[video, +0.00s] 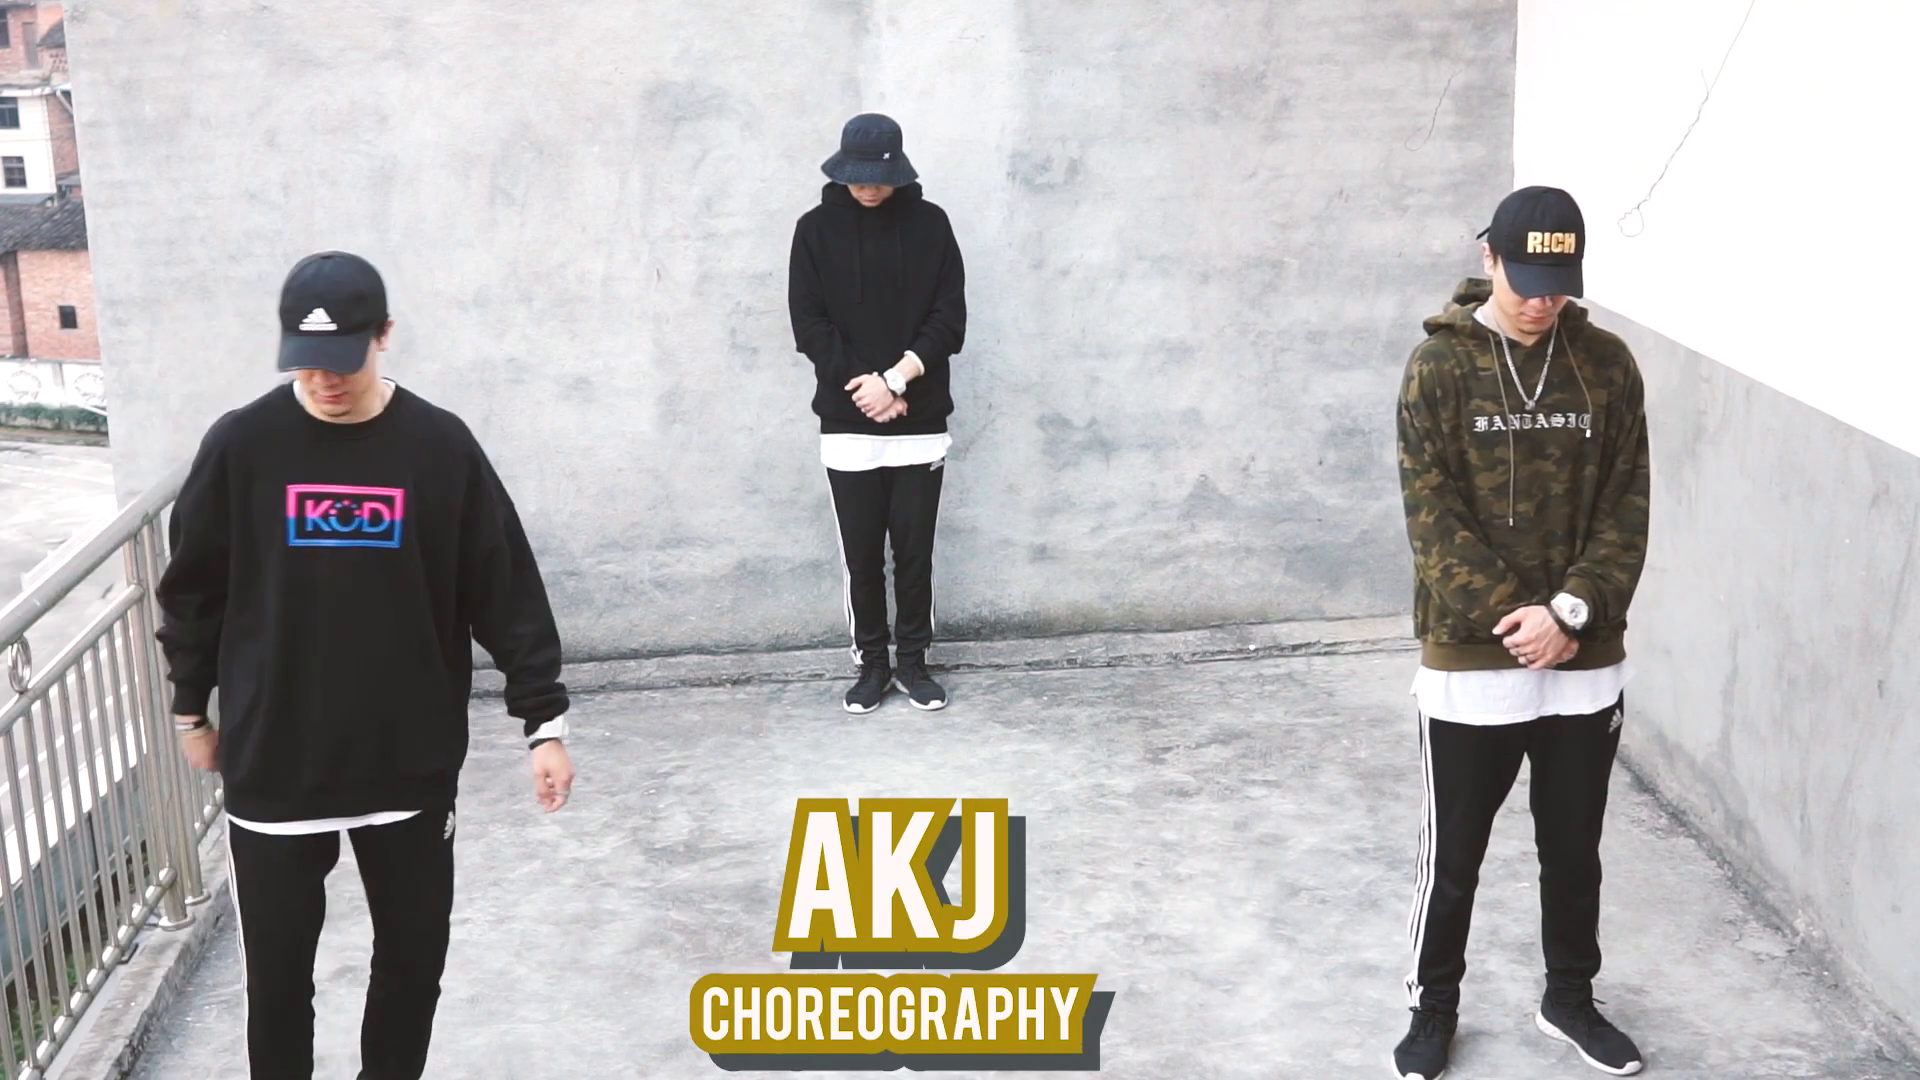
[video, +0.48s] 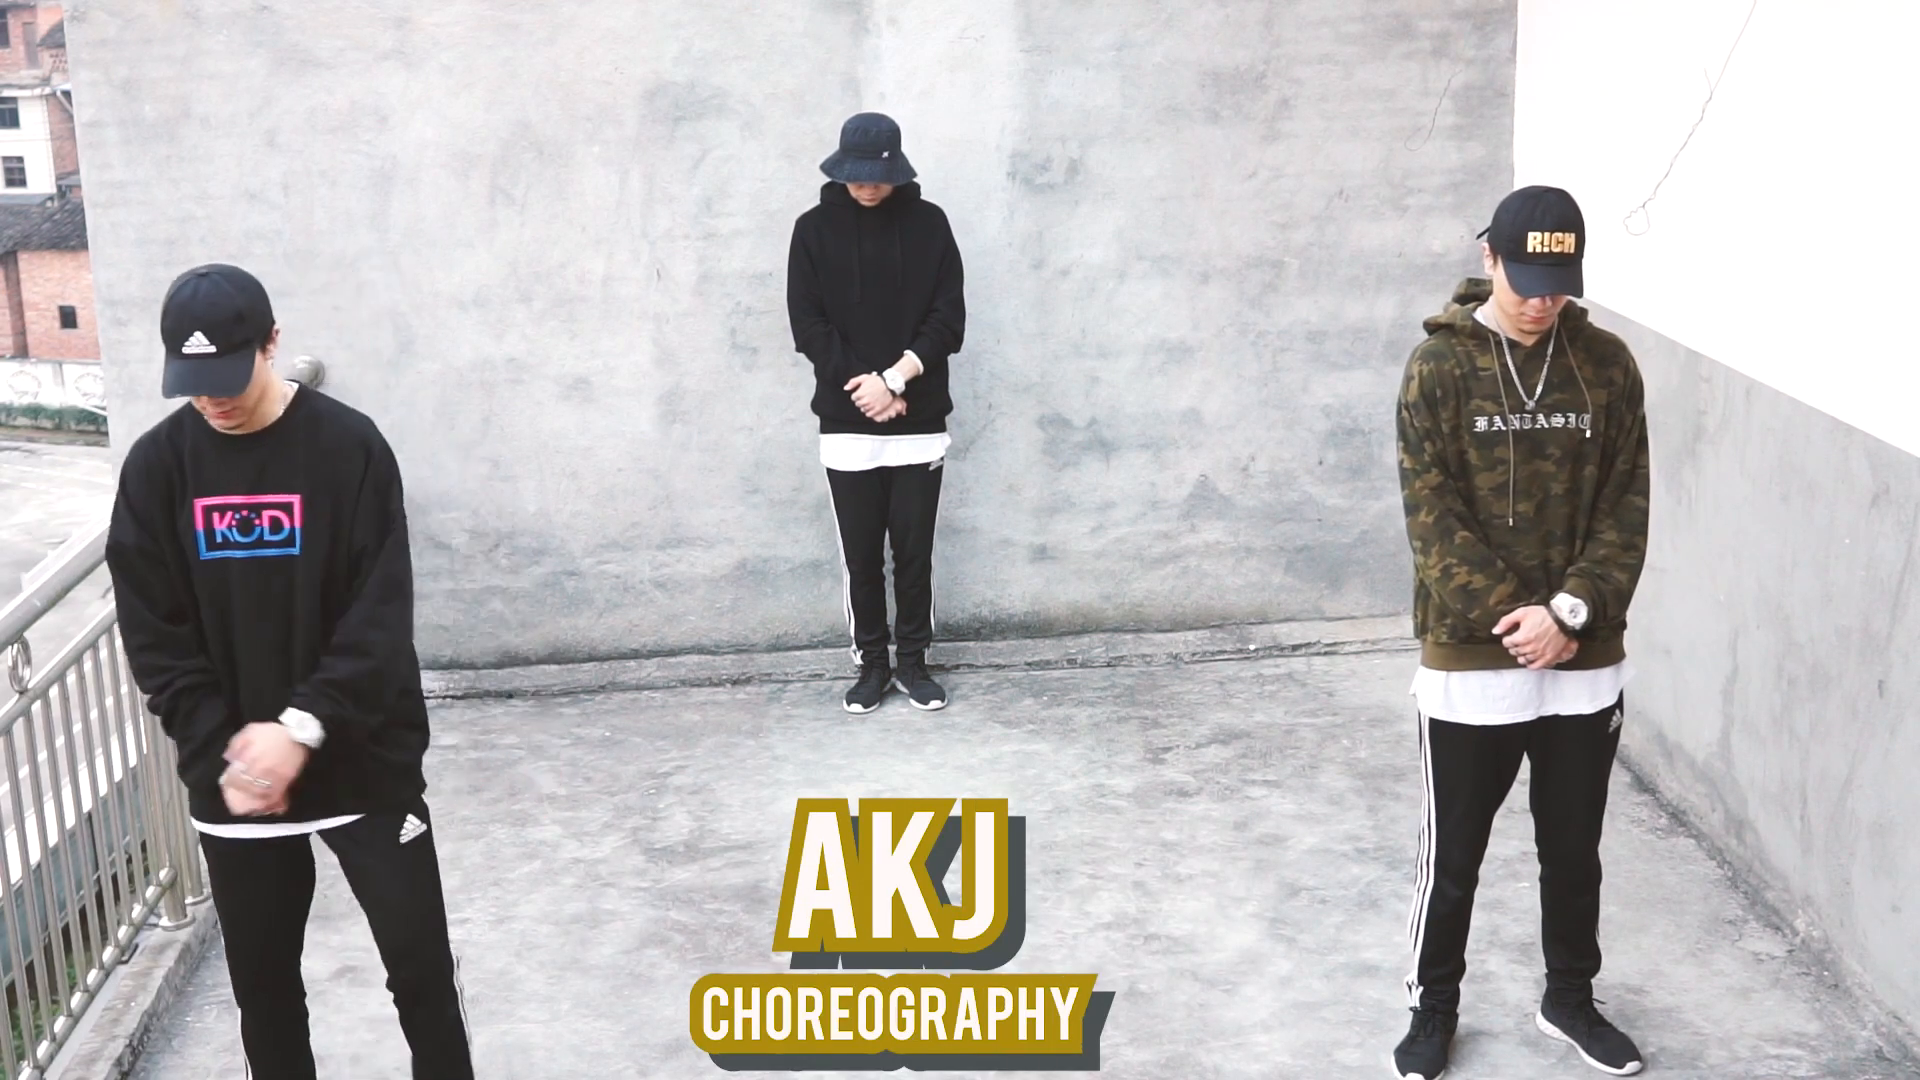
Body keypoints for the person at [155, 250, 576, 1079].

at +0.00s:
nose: (324, 377)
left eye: (343, 358)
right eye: (307, 360)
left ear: (384, 339)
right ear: (286, 347)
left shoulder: (443, 446)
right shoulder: (237, 447)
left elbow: (506, 589)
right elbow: (193, 583)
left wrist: (544, 726)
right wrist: (192, 710)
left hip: (407, 762)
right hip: (275, 763)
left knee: (413, 971)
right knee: (277, 981)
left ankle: (386, 1076)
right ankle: (280, 1077)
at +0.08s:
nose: (299, 386)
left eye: (317, 366)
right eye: (283, 367)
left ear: (360, 342)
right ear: (262, 350)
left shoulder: (428, 449)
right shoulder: (226, 452)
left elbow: (498, 592)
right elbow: (183, 598)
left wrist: (532, 730)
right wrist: (173, 729)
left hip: (399, 768)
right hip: (266, 769)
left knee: (400, 983)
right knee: (276, 986)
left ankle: (387, 1077)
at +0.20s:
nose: (258, 395)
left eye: (275, 375)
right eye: (243, 376)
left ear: (321, 345)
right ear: (223, 357)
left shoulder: (395, 450)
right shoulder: (198, 458)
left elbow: (466, 596)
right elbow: (164, 615)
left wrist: (486, 736)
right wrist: (155, 752)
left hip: (383, 772)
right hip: (251, 776)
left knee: (396, 998)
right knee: (273, 996)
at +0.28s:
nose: (235, 402)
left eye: (251, 381)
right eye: (219, 383)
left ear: (295, 349)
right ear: (199, 362)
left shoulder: (372, 450)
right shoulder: (176, 464)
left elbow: (438, 606)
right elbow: (148, 622)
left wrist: (432, 738)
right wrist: (163, 760)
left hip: (368, 769)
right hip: (242, 775)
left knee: (416, 957)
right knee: (268, 985)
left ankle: (397, 1074)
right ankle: (286, 1078)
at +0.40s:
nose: (216, 406)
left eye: (232, 384)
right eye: (199, 388)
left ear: (272, 347)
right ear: (176, 363)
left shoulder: (350, 446)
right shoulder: (158, 464)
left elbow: (396, 614)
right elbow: (141, 630)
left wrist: (350, 735)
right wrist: (199, 761)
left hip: (370, 769)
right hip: (239, 783)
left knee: (425, 961)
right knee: (265, 991)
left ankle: (428, 1073)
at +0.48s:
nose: (213, 401)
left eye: (229, 379)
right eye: (197, 383)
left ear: (270, 345)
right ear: (176, 361)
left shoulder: (349, 443)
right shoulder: (156, 464)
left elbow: (381, 615)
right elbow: (152, 637)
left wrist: (299, 726)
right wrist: (225, 754)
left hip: (365, 765)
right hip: (234, 786)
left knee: (426, 989)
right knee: (266, 1002)